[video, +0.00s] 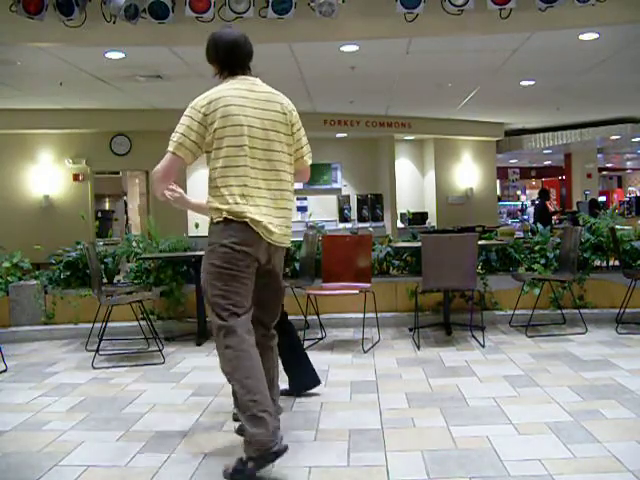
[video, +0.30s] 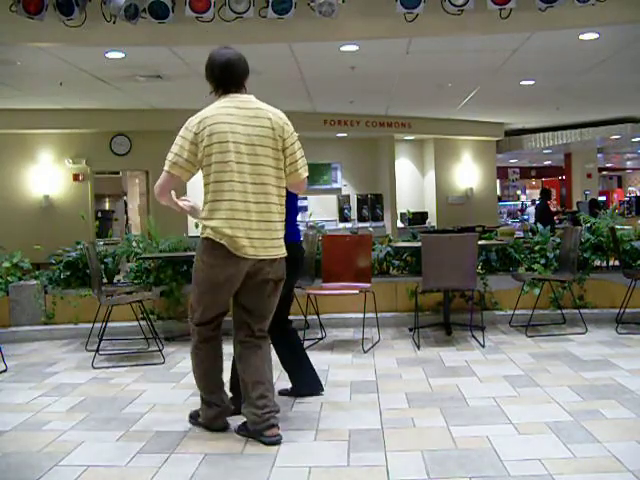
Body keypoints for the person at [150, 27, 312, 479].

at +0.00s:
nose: (210, 69)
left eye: (209, 63)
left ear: (213, 64)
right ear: (250, 60)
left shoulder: (209, 103)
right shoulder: (284, 104)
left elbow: (166, 175)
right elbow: (301, 172)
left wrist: (178, 196)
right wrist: (259, 176)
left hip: (232, 229)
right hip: (277, 233)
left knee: (231, 328)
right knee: (264, 328)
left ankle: (263, 439)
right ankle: (263, 412)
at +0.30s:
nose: (210, 87)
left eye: (209, 80)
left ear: (210, 82)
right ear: (247, 79)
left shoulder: (202, 121)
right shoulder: (277, 119)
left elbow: (164, 191)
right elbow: (299, 186)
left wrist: (182, 206)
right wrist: (262, 173)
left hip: (221, 247)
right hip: (271, 251)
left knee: (205, 327)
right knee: (254, 335)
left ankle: (214, 411)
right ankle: (264, 423)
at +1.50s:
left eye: (170, 123)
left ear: (173, 122)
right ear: (200, 115)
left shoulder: (166, 152)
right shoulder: (228, 143)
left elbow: (144, 206)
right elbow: (261, 191)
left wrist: (158, 212)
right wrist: (273, 172)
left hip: (188, 243)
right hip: (230, 241)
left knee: (201, 314)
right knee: (253, 309)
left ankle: (200, 386)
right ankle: (289, 382)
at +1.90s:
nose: (203, 134)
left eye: (204, 128)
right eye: (201, 129)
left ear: (217, 123)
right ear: (229, 122)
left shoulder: (222, 153)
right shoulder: (260, 147)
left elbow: (204, 210)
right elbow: (279, 192)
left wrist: (168, 206)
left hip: (242, 252)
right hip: (275, 249)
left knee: (214, 311)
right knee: (274, 307)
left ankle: (204, 385)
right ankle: (321, 352)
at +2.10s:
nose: (238, 135)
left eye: (240, 129)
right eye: (236, 130)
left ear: (256, 124)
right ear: (260, 124)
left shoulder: (270, 153)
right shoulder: (282, 146)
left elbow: (258, 207)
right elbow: (264, 202)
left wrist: (212, 203)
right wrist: (219, 205)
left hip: (276, 248)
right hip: (296, 245)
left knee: (240, 308)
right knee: (288, 310)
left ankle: (215, 382)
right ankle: (329, 363)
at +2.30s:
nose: (269, 136)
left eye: (271, 130)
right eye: (267, 130)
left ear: (288, 126)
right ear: (285, 128)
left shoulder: (308, 155)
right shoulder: (290, 153)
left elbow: (311, 203)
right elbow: (278, 187)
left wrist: (267, 194)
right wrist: (257, 190)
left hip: (307, 242)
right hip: (295, 240)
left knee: (273, 305)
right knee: (292, 308)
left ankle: (241, 377)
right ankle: (328, 362)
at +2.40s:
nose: (208, 150)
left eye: (213, 145)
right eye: (205, 146)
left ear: (227, 148)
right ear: (204, 151)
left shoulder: (240, 172)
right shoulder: (212, 180)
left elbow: (257, 210)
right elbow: (214, 224)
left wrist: (263, 192)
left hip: (242, 247)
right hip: (219, 249)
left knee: (230, 306)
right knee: (201, 303)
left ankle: (248, 363)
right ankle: (227, 351)